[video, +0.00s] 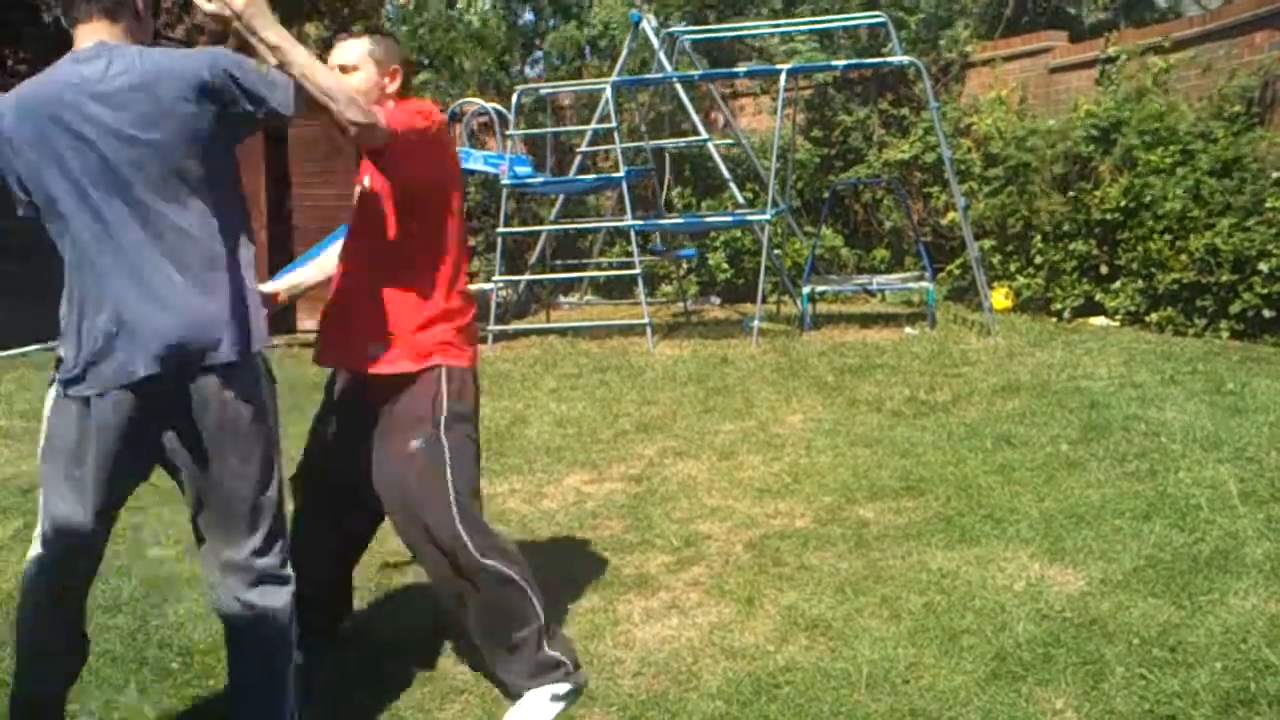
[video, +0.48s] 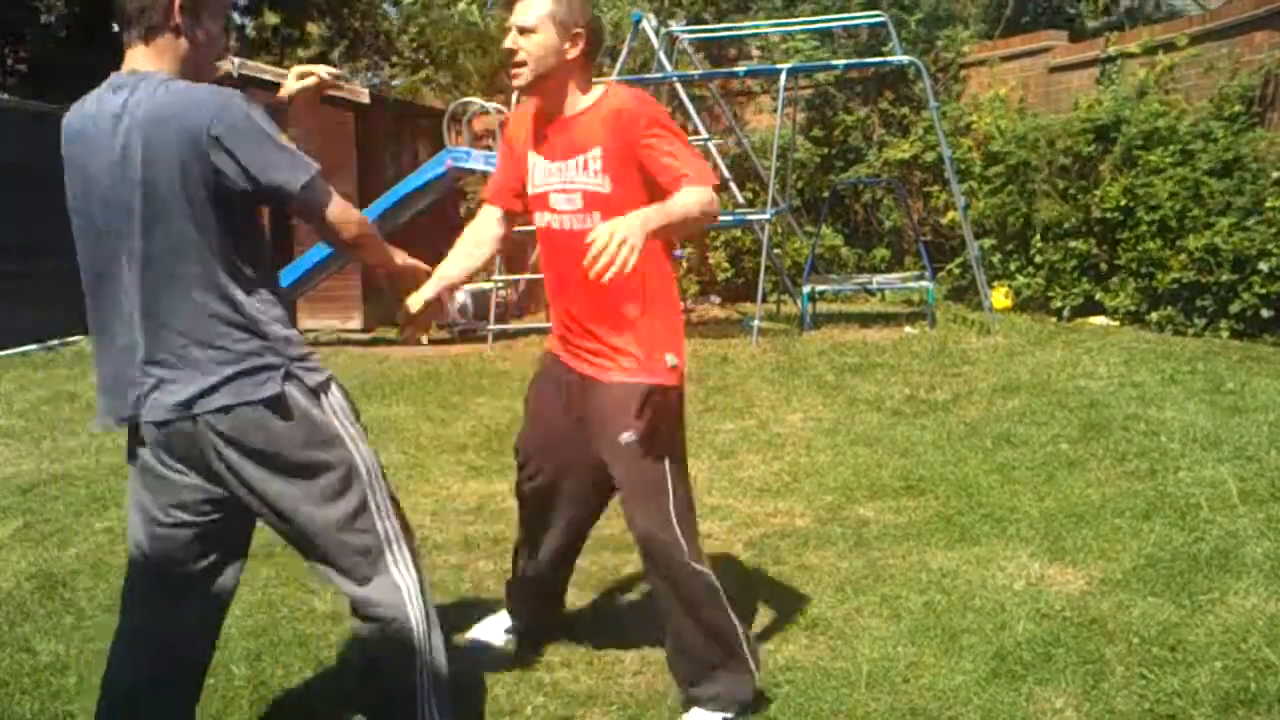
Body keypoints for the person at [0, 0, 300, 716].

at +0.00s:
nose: (156, 14)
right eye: (154, 7)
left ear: (67, 18)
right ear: (141, 9)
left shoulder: (18, 109)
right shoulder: (203, 70)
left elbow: (26, 209)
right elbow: (354, 116)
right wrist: (268, 28)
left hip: (101, 351)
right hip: (217, 341)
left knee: (58, 556)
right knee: (251, 565)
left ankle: (32, 710)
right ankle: (269, 711)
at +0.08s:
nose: (154, 11)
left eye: (151, 6)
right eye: (152, 3)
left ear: (71, 11)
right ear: (137, 3)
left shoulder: (18, 101)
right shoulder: (200, 64)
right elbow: (281, 100)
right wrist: (257, 27)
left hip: (94, 350)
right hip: (212, 334)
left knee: (84, 576)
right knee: (262, 556)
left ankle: (77, 713)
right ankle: (275, 711)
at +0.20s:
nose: (162, 19)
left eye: (159, 8)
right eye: (158, 8)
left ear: (74, 18)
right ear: (135, 10)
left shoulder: (25, 105)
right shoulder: (198, 85)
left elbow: (127, 98)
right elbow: (295, 153)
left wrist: (208, 48)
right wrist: (269, 103)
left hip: (102, 386)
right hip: (222, 369)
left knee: (108, 614)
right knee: (324, 553)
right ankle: (346, 705)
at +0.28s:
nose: (173, 27)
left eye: (175, 18)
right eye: (170, 16)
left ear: (78, 23)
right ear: (145, 14)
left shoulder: (32, 111)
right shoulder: (203, 95)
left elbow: (137, 104)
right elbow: (301, 163)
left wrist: (222, 48)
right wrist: (313, 131)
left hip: (112, 395)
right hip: (230, 380)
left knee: (106, 621)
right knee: (335, 571)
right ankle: (396, 710)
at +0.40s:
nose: (217, 40)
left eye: (219, 25)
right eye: (212, 24)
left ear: (116, 24)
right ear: (170, 15)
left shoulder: (61, 125)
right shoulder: (215, 107)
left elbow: (157, 145)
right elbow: (343, 188)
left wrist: (252, 94)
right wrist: (384, 217)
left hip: (137, 410)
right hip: (252, 393)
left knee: (139, 645)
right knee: (364, 584)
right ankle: (427, 710)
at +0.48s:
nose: (228, 42)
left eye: (229, 24)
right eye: (222, 22)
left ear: (142, 23)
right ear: (180, 16)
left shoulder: (79, 122)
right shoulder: (214, 109)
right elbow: (344, 222)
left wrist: (281, 107)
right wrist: (387, 260)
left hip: (158, 407)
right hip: (262, 389)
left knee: (157, 636)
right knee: (383, 570)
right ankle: (426, 709)